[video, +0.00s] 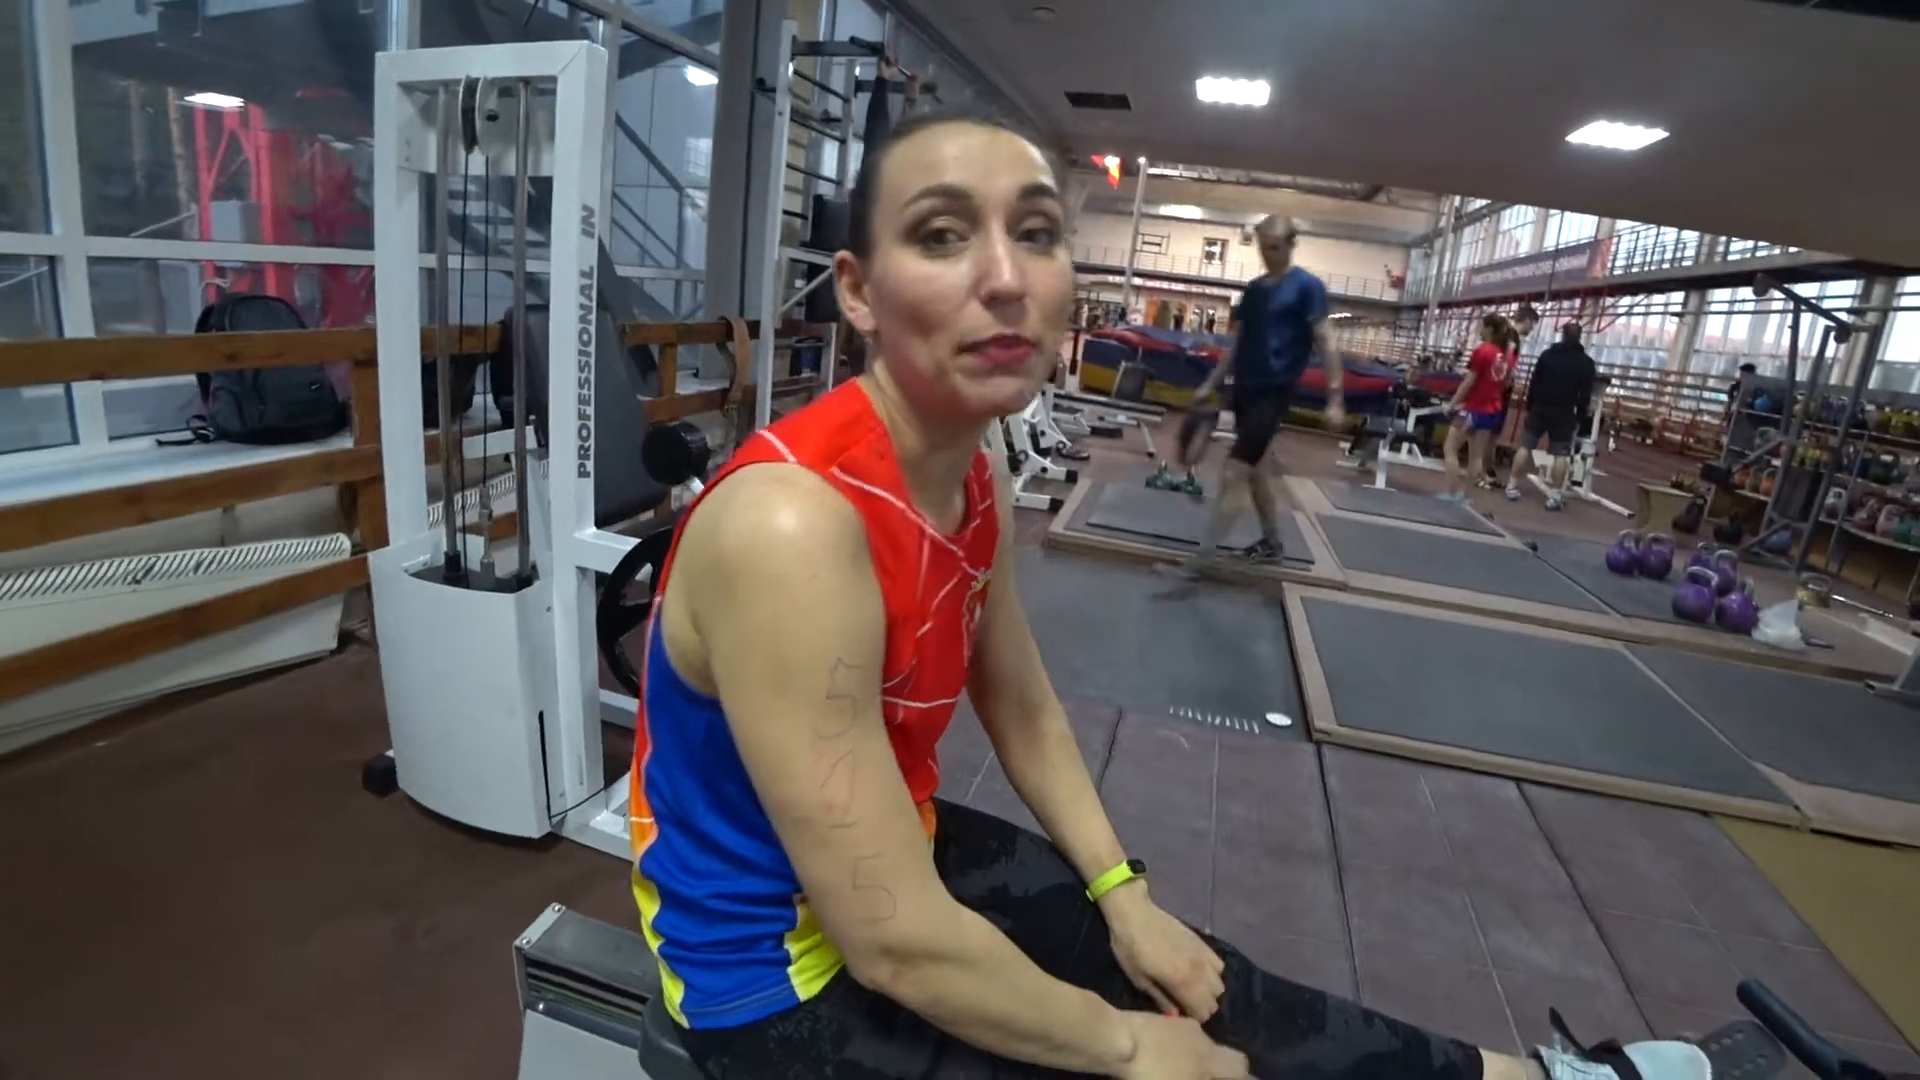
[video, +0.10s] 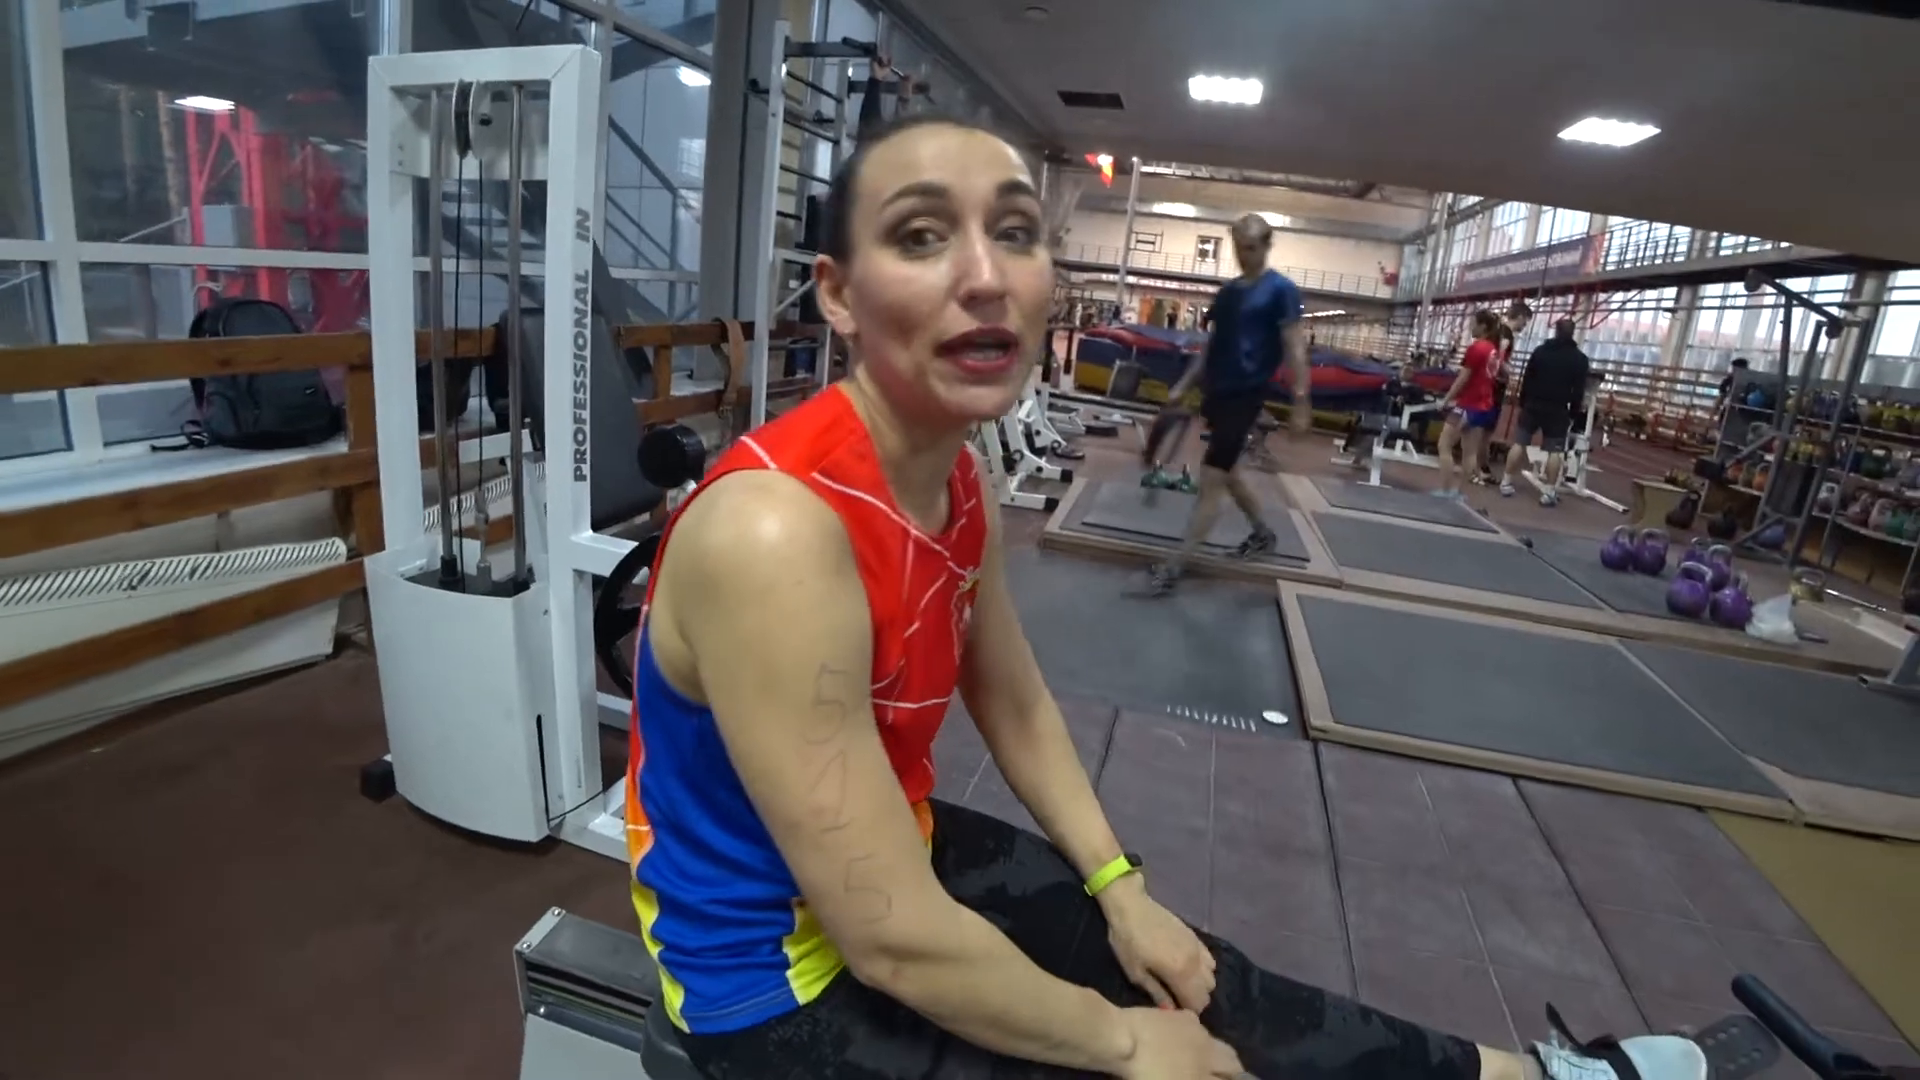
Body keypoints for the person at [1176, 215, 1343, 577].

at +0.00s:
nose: (1270, 253)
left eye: (1276, 246)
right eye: (1265, 246)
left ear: (1291, 245)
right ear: (1258, 245)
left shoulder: (1307, 287)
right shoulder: (1255, 289)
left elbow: (1327, 342)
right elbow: (1236, 345)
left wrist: (1335, 399)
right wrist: (1210, 384)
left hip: (1276, 391)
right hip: (1246, 388)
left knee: (1234, 469)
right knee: (1258, 468)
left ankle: (1204, 555)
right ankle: (1271, 541)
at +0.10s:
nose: (1244, 255)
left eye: (1251, 247)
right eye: (1239, 247)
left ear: (1267, 246)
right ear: (1233, 247)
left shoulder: (1281, 290)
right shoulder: (1229, 292)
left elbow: (1296, 348)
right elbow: (1210, 349)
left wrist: (1301, 402)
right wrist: (1180, 388)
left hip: (1248, 394)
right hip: (1218, 391)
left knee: (1212, 475)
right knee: (1227, 471)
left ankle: (1175, 566)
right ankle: (1262, 532)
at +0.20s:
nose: (1214, 251)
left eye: (1222, 244)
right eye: (1212, 243)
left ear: (1243, 243)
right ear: (1211, 243)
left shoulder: (1257, 288)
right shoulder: (1207, 290)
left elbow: (1264, 354)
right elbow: (1187, 350)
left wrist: (1258, 411)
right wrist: (1159, 389)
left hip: (1223, 397)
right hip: (1191, 393)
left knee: (1194, 483)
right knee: (1178, 475)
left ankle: (1164, 570)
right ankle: (1234, 516)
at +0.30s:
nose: (1191, 245)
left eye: (1198, 238)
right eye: (1189, 238)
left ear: (1220, 238)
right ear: (1189, 237)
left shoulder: (1234, 282)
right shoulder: (1187, 282)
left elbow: (1231, 349)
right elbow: (1171, 345)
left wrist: (1208, 404)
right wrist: (1146, 384)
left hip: (1200, 395)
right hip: (1168, 390)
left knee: (1184, 487)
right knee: (1139, 473)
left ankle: (1162, 571)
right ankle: (1191, 518)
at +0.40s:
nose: (1168, 239)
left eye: (1174, 231)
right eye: (1167, 231)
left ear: (1198, 229)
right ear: (1172, 230)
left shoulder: (1216, 275)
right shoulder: (1171, 275)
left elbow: (1203, 338)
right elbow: (1157, 334)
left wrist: (1162, 383)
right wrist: (1136, 376)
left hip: (1188, 388)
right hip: (1152, 380)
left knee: (1174, 478)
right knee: (1111, 458)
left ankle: (1164, 568)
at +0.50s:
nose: (1144, 229)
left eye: (1152, 221)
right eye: (1144, 221)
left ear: (1177, 221)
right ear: (1158, 222)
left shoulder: (1195, 267)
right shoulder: (1150, 270)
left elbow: (1182, 326)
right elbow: (1141, 327)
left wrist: (1125, 357)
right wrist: (1115, 369)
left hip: (1170, 381)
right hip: (1134, 376)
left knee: (1167, 473)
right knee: (1096, 458)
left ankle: (1164, 563)